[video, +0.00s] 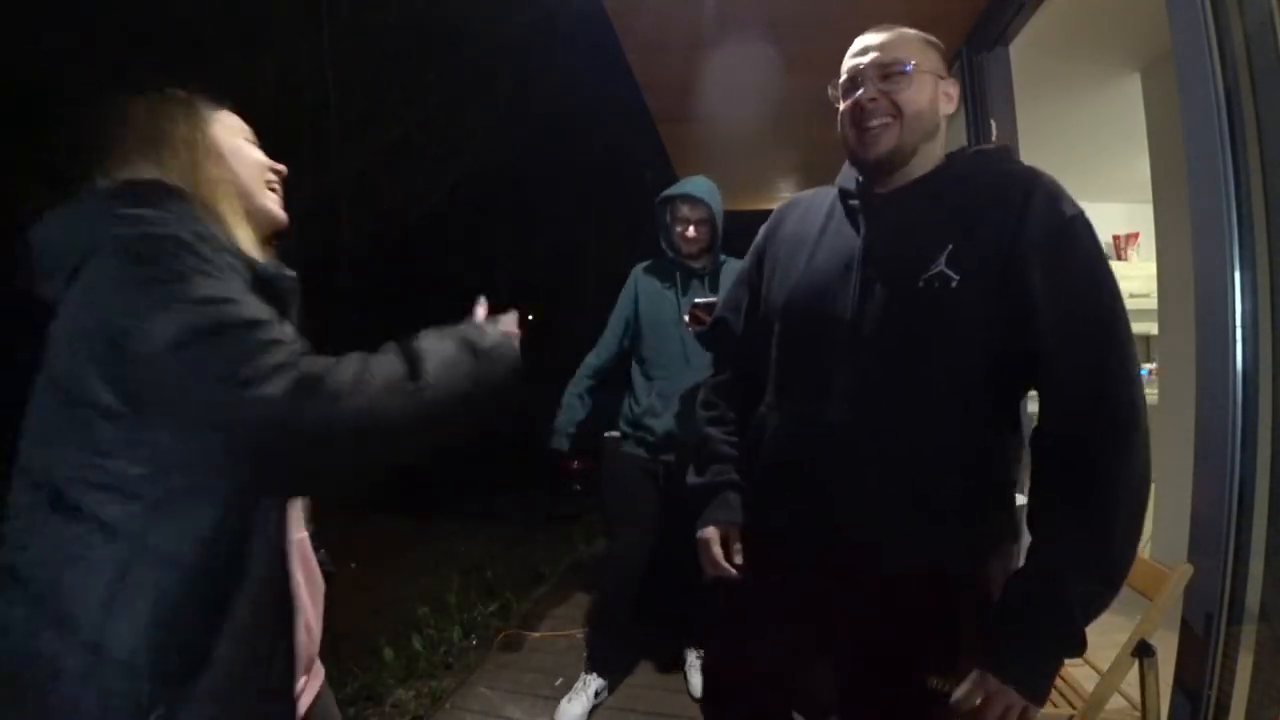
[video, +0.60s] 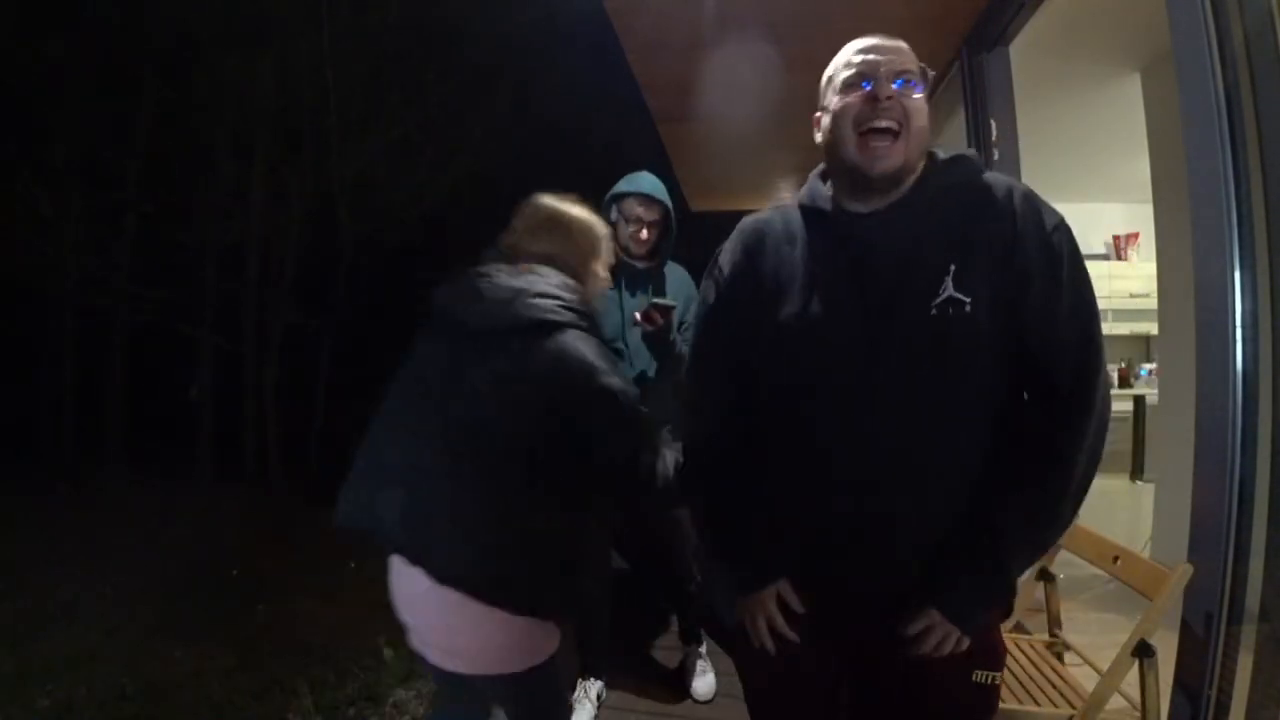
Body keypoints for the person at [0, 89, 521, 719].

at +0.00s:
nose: (277, 166)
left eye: (265, 148)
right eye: (252, 143)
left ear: (189, 161)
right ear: (191, 153)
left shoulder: (203, 266)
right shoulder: (149, 256)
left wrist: (459, 353)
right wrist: (480, 355)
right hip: (162, 684)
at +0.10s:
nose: (312, 178)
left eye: (299, 160)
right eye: (290, 158)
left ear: (233, 181)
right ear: (240, 175)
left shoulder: (207, 267)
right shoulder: (230, 276)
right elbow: (399, 380)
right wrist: (522, 314)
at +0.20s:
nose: (355, 191)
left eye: (342, 175)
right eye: (332, 174)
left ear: (282, 198)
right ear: (286, 194)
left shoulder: (246, 280)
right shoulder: (298, 288)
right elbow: (454, 372)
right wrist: (581, 369)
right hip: (278, 622)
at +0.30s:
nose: (405, 207)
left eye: (395, 192)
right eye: (387, 193)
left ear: (305, 220)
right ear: (354, 209)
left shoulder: (268, 311)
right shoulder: (383, 309)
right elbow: (507, 399)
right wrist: (603, 386)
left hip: (265, 610)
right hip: (342, 631)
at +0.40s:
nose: (476, 232)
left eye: (468, 216)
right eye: (461, 214)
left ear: (384, 231)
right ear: (424, 226)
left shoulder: (338, 300)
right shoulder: (438, 313)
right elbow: (543, 421)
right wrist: (636, 410)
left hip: (307, 582)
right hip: (384, 617)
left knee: (345, 703)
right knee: (462, 708)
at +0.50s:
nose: (542, 261)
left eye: (539, 245)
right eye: (534, 243)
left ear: (454, 242)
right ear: (497, 244)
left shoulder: (395, 308)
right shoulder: (494, 323)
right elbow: (583, 424)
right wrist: (676, 453)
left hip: (361, 570)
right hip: (447, 601)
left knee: (379, 705)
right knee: (512, 705)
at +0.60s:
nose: (608, 282)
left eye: (608, 270)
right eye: (603, 269)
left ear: (519, 252)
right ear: (580, 270)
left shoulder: (451, 324)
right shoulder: (578, 362)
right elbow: (645, 483)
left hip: (413, 568)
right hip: (509, 602)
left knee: (458, 702)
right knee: (542, 707)